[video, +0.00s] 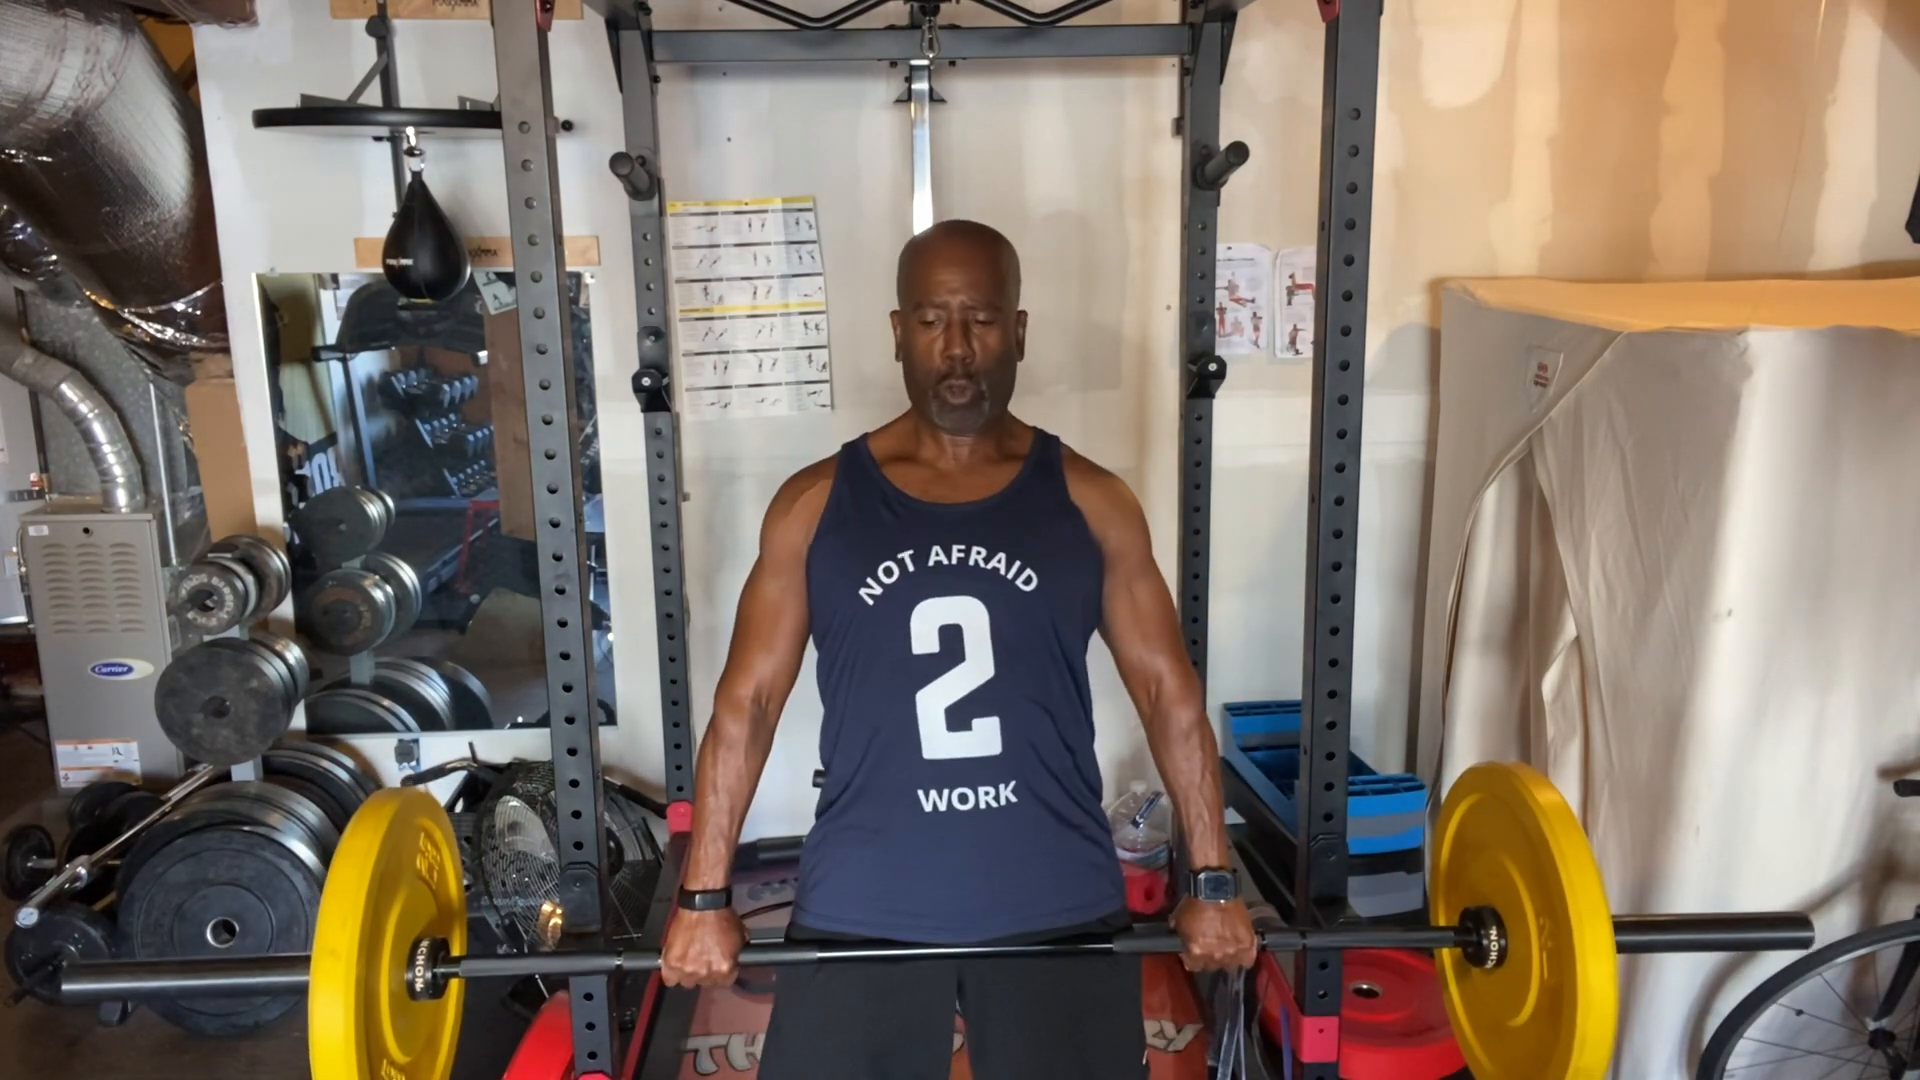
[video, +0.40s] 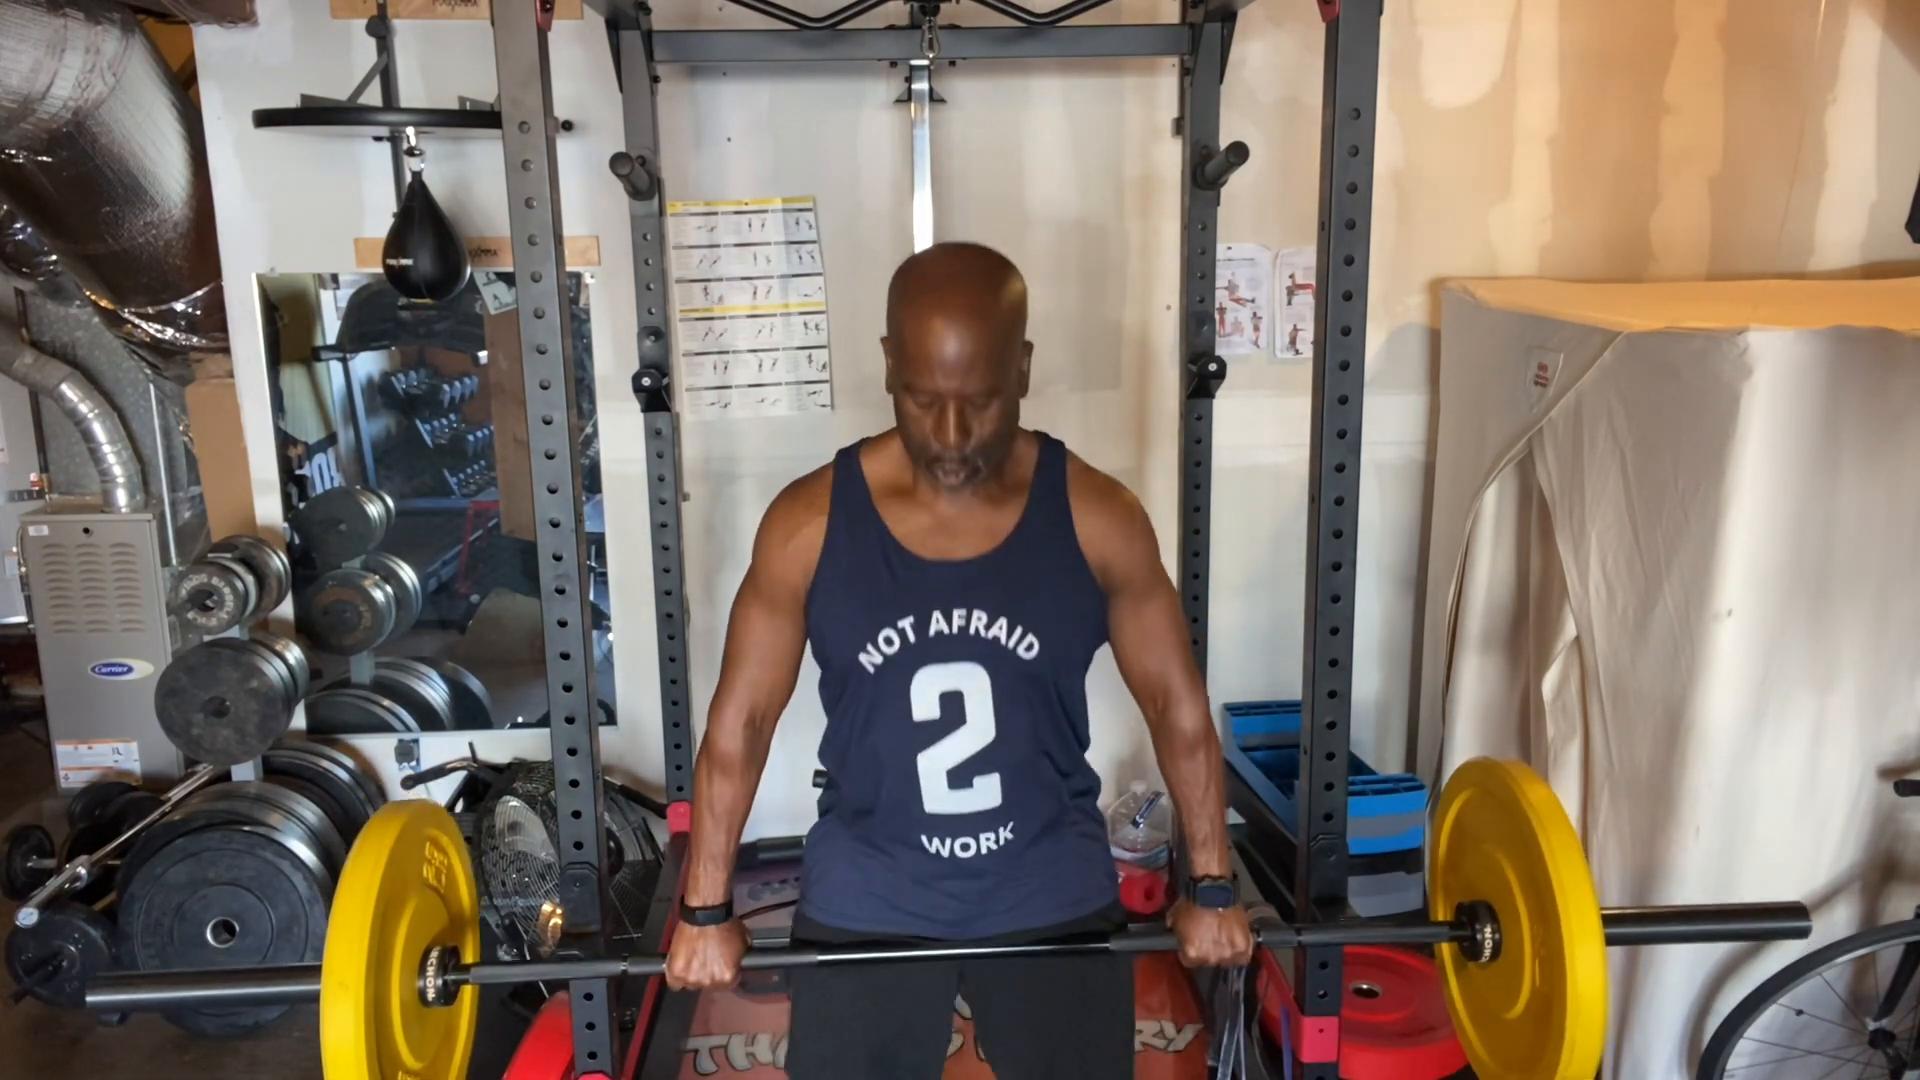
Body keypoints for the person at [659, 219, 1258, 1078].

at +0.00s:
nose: (955, 347)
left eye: (981, 320)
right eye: (930, 321)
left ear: (1018, 333)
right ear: (899, 335)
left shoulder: (1093, 502)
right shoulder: (816, 504)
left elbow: (1167, 689)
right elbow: (747, 703)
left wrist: (1213, 878)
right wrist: (703, 893)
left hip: (1059, 930)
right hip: (860, 933)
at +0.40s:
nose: (950, 434)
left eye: (978, 400)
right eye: (922, 399)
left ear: (1024, 367)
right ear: (888, 365)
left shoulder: (1099, 519)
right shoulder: (809, 523)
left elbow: (1176, 706)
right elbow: (741, 721)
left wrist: (1213, 885)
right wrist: (706, 904)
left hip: (1053, 909)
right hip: (866, 913)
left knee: (1075, 1063)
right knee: (847, 1065)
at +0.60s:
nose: (966, 554)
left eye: (994, 523)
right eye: (936, 522)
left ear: (1037, 460)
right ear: (892, 461)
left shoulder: (1107, 580)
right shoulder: (807, 585)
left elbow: (1185, 753)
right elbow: (735, 775)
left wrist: (1213, 924)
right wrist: (706, 946)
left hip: (1050, 895)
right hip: (872, 899)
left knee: (1093, 1067)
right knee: (841, 1069)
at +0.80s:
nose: (971, 664)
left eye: (999, 637)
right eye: (940, 638)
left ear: (1042, 573)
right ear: (895, 568)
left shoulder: (1112, 650)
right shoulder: (807, 659)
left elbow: (1188, 819)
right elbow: (730, 845)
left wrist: (1215, 988)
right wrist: (704, 1013)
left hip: (1050, 906)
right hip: (872, 912)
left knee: (1092, 1069)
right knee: (846, 1072)